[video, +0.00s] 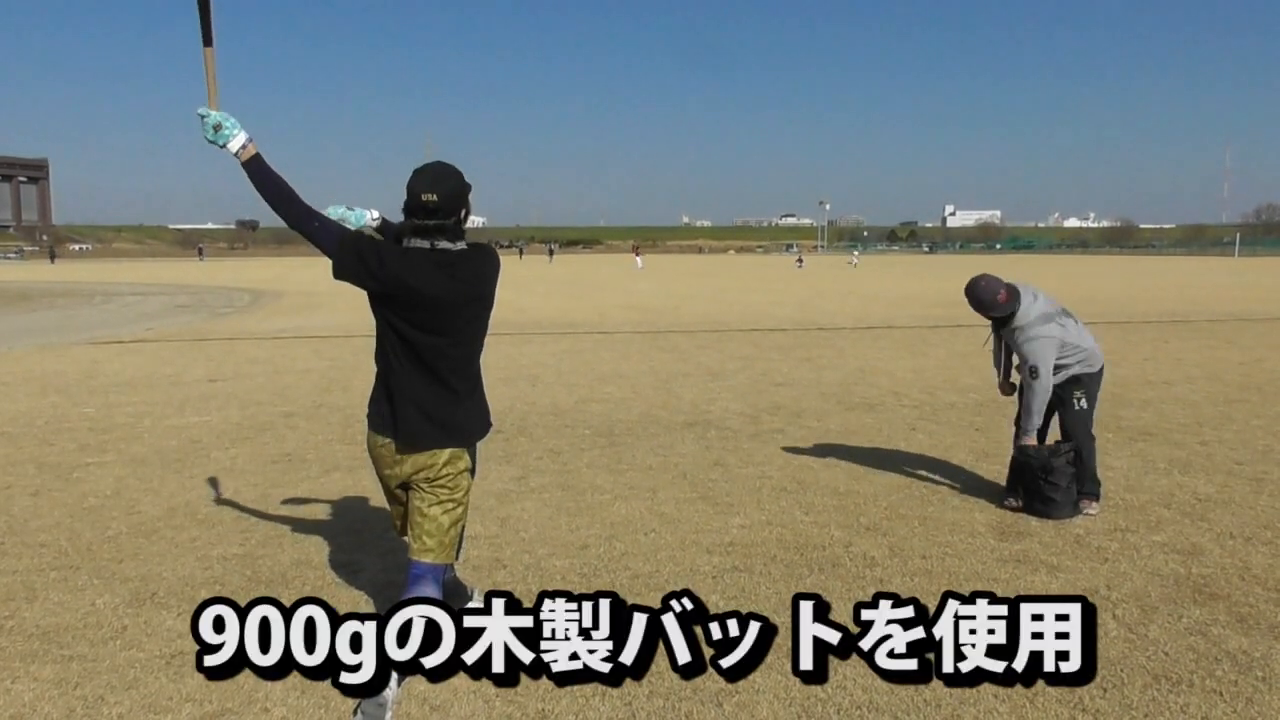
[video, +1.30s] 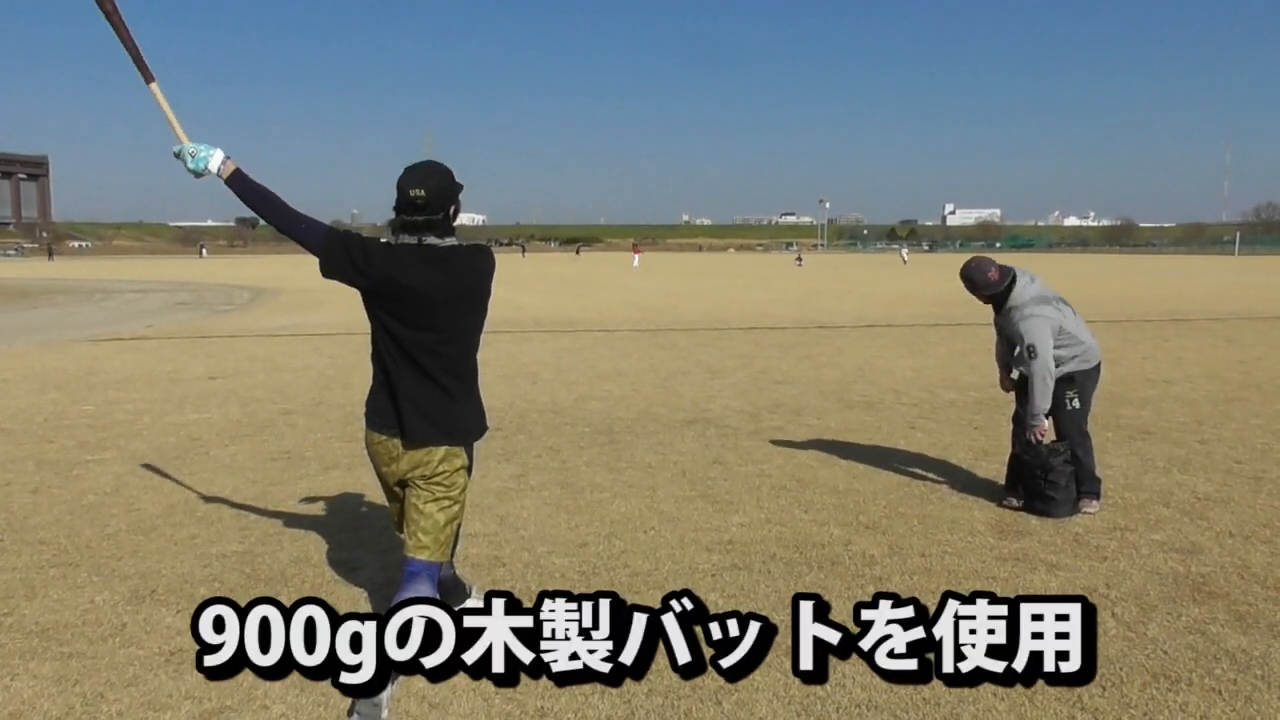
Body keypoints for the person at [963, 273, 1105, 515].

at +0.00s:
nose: (1007, 312)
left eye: (1007, 306)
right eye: (999, 311)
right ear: (986, 313)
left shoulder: (1033, 335)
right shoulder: (1003, 309)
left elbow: (1038, 386)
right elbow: (1001, 340)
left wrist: (1030, 433)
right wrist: (1003, 377)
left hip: (1080, 368)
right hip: (1040, 368)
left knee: (1076, 432)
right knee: (1027, 430)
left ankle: (1088, 495)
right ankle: (1018, 490)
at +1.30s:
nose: (978, 297)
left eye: (977, 293)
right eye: (976, 293)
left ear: (983, 294)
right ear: (997, 275)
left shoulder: (1029, 315)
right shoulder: (1006, 297)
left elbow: (1042, 370)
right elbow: (1004, 337)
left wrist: (1037, 416)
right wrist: (1005, 371)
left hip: (1076, 363)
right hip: (1038, 361)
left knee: (1069, 425)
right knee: (1023, 423)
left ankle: (1088, 492)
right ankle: (1017, 489)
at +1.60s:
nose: (997, 258)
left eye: (997, 253)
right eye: (997, 252)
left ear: (997, 254)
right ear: (1022, 240)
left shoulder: (1030, 280)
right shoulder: (1023, 271)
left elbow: (1042, 329)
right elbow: (1012, 318)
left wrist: (1041, 371)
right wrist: (1006, 350)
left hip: (1067, 362)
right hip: (1038, 360)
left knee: (1066, 428)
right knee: (1023, 424)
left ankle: (1086, 490)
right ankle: (1015, 485)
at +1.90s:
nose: (1008, 239)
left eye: (1009, 233)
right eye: (1009, 233)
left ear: (1014, 234)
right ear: (1041, 226)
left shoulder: (1041, 268)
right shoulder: (1035, 259)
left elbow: (1043, 323)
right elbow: (1020, 309)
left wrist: (1040, 366)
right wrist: (1010, 342)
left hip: (1065, 360)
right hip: (1038, 357)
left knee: (1067, 428)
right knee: (1021, 422)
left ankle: (1085, 490)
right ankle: (1015, 485)